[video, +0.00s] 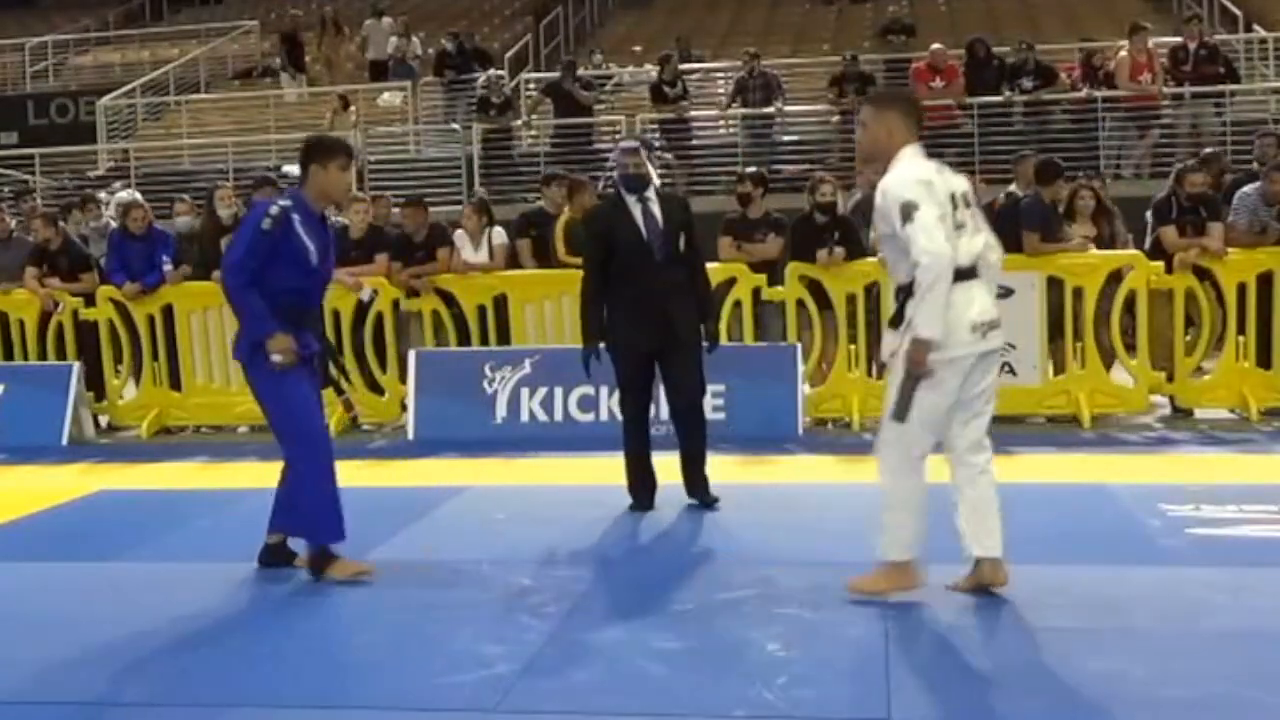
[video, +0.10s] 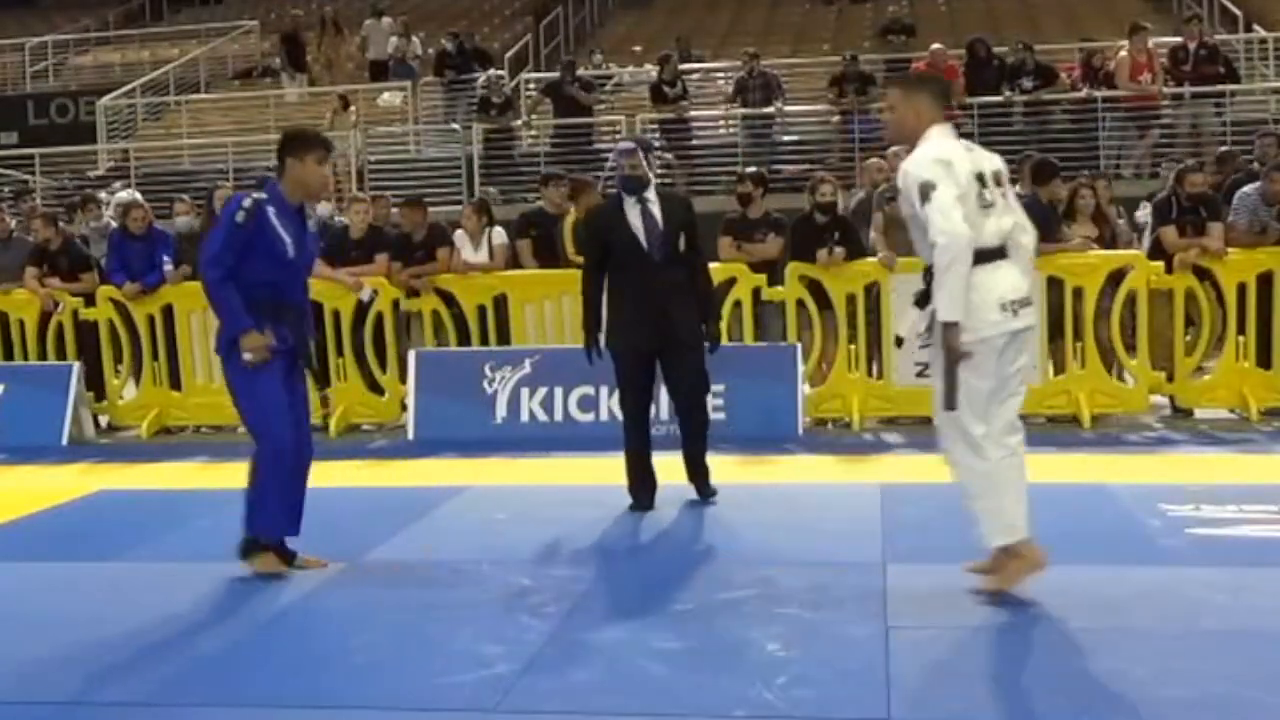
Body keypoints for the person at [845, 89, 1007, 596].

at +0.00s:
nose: (858, 136)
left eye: (865, 126)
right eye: (860, 126)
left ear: (890, 129)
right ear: (907, 130)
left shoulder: (900, 183)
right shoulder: (947, 176)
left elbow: (934, 256)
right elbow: (987, 252)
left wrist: (921, 335)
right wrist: (973, 307)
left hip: (942, 328)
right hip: (982, 324)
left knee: (899, 444)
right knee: (970, 444)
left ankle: (899, 562)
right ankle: (989, 558)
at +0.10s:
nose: (887, 116)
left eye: (894, 107)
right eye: (887, 107)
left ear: (922, 108)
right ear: (938, 109)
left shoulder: (922, 165)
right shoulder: (985, 157)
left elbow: (953, 240)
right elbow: (1022, 233)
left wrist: (949, 318)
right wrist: (1017, 295)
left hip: (975, 300)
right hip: (1018, 294)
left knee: (958, 424)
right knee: (1003, 422)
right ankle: (1012, 542)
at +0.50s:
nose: (974, 101)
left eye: (981, 91)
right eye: (978, 90)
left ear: (1007, 95)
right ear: (1025, 97)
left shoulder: (1015, 156)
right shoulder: (1062, 150)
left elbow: (1053, 237)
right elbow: (1099, 231)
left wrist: (1073, 312)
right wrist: (1102, 302)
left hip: (1049, 313)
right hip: (1093, 304)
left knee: (1071, 433)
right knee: (1107, 422)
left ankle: (1123, 558)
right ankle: (1157, 542)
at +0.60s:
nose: (981, 107)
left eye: (988, 96)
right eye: (984, 95)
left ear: (1013, 99)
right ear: (1037, 100)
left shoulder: (1027, 159)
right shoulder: (1078, 153)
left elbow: (1063, 240)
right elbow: (1113, 238)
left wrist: (1084, 317)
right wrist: (1108, 298)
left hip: (1062, 315)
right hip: (1103, 308)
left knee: (1076, 438)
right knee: (1106, 432)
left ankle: (1138, 562)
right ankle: (1150, 555)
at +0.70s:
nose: (992, 136)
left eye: (998, 124)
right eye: (994, 124)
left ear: (1025, 128)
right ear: (1046, 128)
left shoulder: (1042, 191)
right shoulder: (1087, 182)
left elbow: (1069, 279)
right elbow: (1123, 270)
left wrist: (1076, 360)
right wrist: (1123, 332)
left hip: (1082, 344)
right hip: (1115, 335)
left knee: (1083, 477)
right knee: (1104, 469)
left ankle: (1148, 594)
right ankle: (1145, 584)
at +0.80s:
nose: (998, 118)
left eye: (1005, 107)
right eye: (1000, 106)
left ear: (1032, 109)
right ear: (1052, 109)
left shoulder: (1049, 170)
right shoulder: (1089, 164)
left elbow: (1070, 260)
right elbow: (1121, 258)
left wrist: (1060, 341)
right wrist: (1123, 330)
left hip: (1085, 332)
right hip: (1112, 328)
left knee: (1090, 457)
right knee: (1108, 454)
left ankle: (1143, 579)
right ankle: (1145, 576)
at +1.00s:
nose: (1003, 104)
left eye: (1010, 93)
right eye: (1005, 93)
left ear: (1039, 96)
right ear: (1053, 96)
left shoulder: (1055, 158)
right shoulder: (1094, 151)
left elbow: (1069, 254)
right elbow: (1118, 247)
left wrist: (1053, 332)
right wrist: (1030, 301)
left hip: (1084, 320)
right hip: (1108, 314)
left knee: (1076, 440)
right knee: (1099, 437)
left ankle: (1135, 566)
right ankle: (1139, 562)